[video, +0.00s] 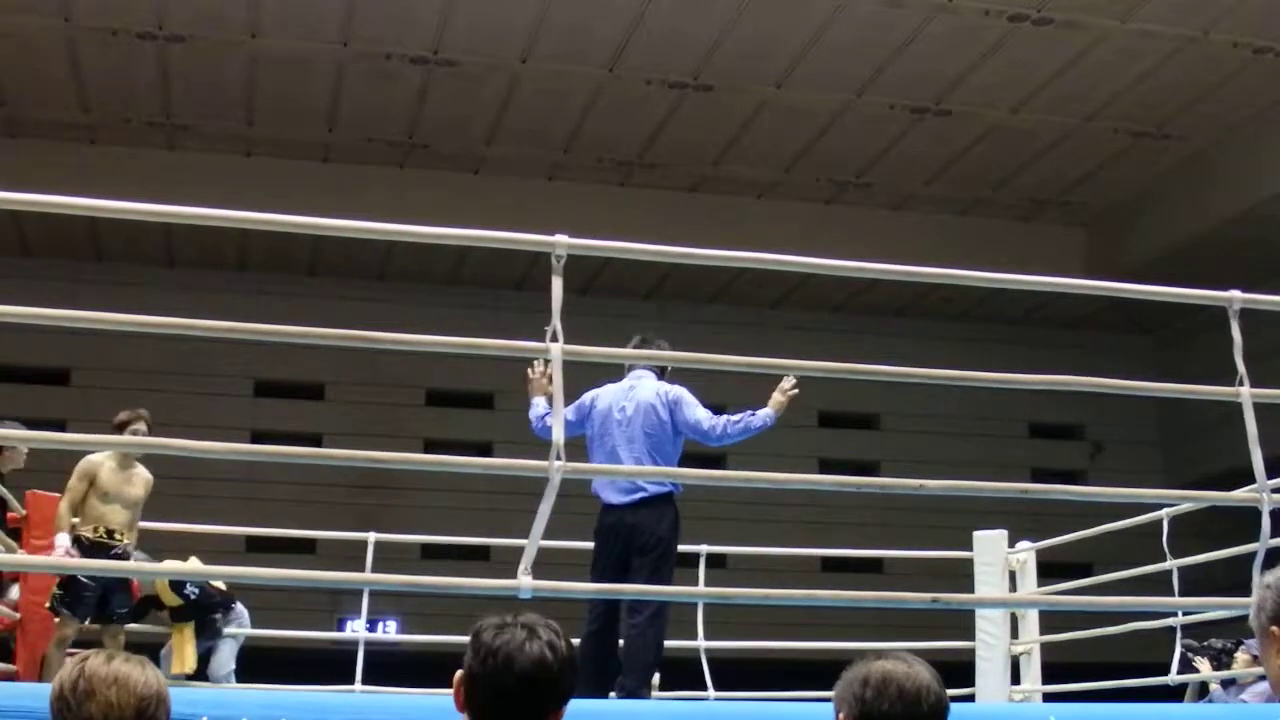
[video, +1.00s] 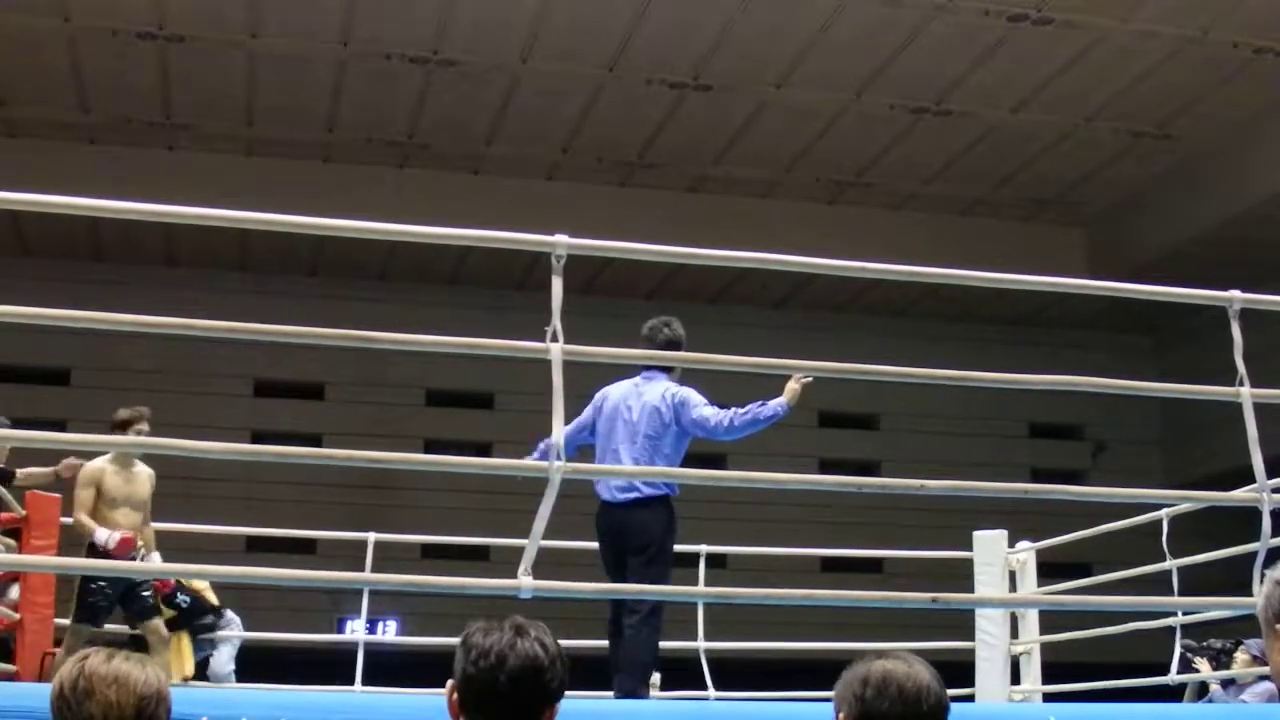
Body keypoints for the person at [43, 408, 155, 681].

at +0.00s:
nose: (140, 439)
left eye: (144, 434)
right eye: (134, 433)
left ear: (148, 439)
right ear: (119, 434)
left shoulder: (145, 478)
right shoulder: (92, 464)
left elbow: (134, 523)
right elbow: (66, 504)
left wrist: (127, 553)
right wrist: (63, 541)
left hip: (120, 553)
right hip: (86, 548)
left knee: (115, 636)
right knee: (66, 632)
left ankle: (115, 704)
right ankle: (48, 697)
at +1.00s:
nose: (144, 439)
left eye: (147, 434)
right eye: (138, 433)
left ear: (148, 437)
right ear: (120, 433)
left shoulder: (147, 474)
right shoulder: (94, 470)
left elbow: (145, 523)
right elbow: (80, 516)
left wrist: (155, 562)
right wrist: (105, 537)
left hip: (136, 567)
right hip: (101, 566)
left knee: (159, 636)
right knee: (77, 637)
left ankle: (160, 707)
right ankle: (54, 704)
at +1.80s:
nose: (272, 425)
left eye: (273, 420)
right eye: (266, 419)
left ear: (272, 422)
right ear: (246, 420)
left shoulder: (272, 462)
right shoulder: (219, 460)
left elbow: (277, 507)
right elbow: (204, 507)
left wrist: (297, 524)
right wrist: (243, 523)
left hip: (265, 554)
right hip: (232, 553)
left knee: (275, 638)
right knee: (229, 634)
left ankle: (222, 677)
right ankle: (212, 702)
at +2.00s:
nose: (318, 430)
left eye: (320, 423)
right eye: (313, 422)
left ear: (311, 423)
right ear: (293, 419)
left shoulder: (309, 459)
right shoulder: (260, 451)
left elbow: (300, 509)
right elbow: (256, 500)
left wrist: (332, 508)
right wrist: (304, 491)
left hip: (302, 546)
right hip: (268, 545)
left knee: (332, 627)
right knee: (248, 636)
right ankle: (216, 703)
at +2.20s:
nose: (378, 437)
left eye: (380, 430)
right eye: (373, 429)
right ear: (351, 427)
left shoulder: (373, 469)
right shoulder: (317, 462)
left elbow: (372, 522)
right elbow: (314, 512)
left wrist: (396, 519)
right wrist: (357, 502)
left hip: (359, 561)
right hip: (321, 559)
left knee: (392, 633)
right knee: (280, 640)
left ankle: (396, 712)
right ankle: (236, 693)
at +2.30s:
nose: (410, 424)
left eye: (411, 418)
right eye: (405, 417)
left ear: (406, 420)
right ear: (383, 416)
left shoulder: (408, 458)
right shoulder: (349, 452)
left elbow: (409, 513)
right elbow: (340, 501)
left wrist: (432, 503)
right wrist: (384, 488)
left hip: (391, 549)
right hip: (353, 547)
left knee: (412, 633)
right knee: (319, 632)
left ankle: (401, 707)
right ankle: (282, 688)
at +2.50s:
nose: (454, 412)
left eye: (458, 406)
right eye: (449, 404)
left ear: (460, 407)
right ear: (430, 401)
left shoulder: (463, 440)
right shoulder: (397, 434)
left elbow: (479, 492)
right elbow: (397, 476)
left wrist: (485, 461)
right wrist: (431, 441)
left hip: (447, 528)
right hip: (407, 527)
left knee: (470, 615)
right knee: (402, 626)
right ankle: (394, 701)